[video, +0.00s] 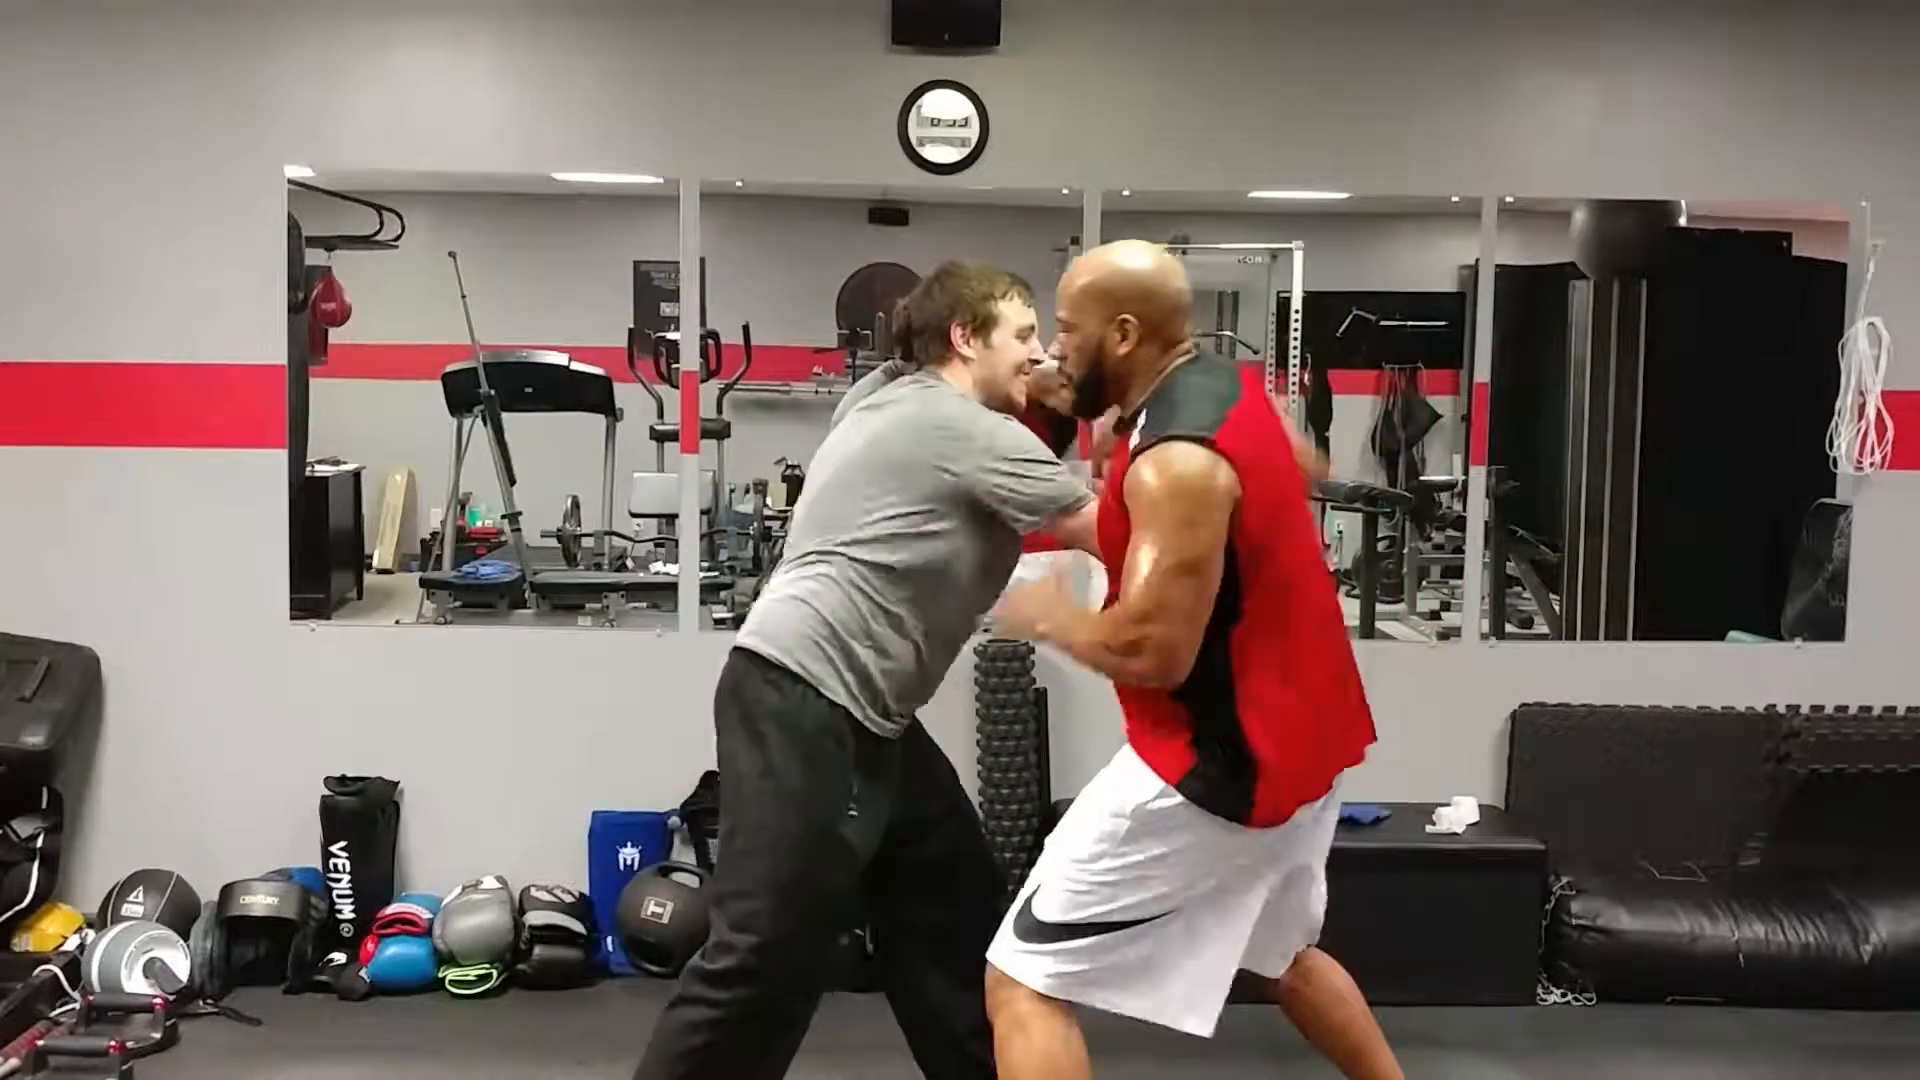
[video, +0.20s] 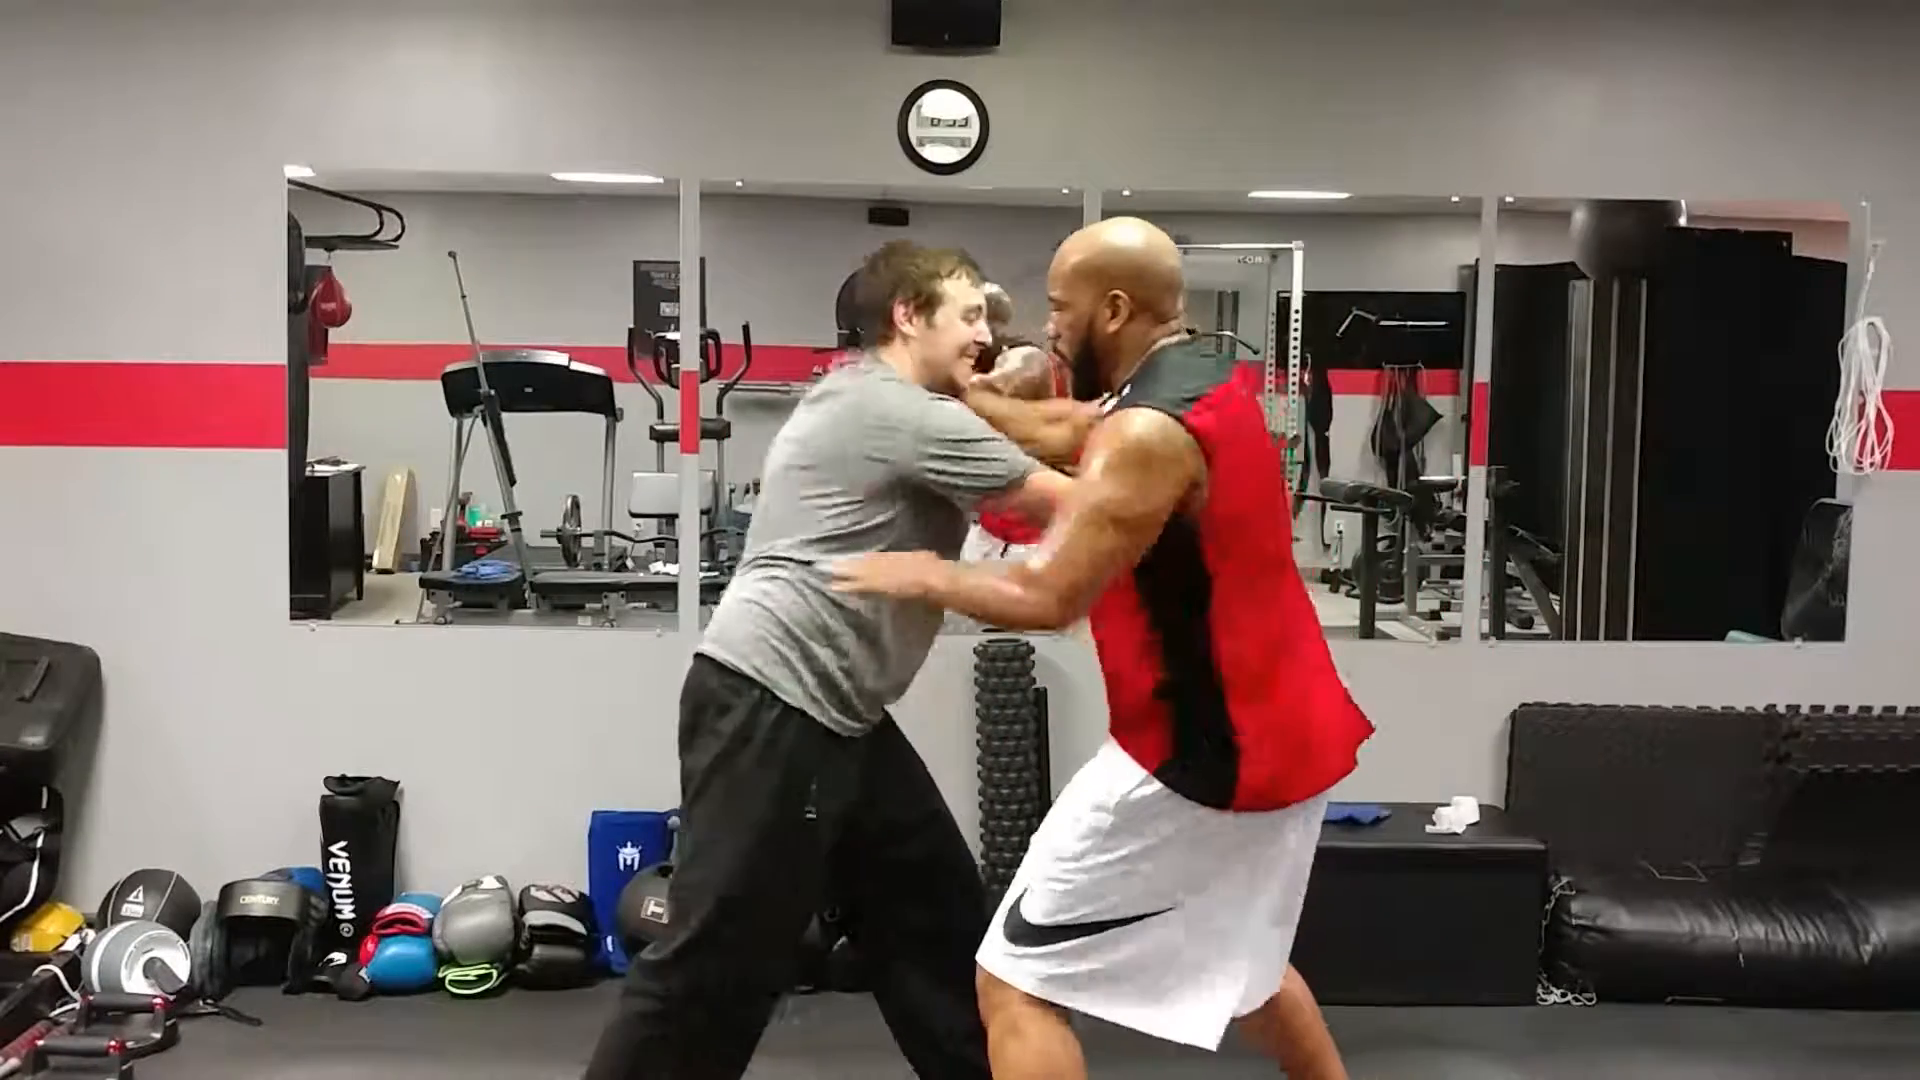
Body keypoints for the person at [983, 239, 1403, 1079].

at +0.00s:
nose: (1053, 346)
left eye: (1066, 328)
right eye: (1055, 327)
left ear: (1126, 333)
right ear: (1149, 328)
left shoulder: (1176, 458)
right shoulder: (1229, 383)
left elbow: (1154, 650)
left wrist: (1049, 618)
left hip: (1210, 762)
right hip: (1301, 740)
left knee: (1022, 977)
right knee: (1280, 950)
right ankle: (1385, 1075)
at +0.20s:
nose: (1050, 327)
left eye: (1060, 308)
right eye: (1051, 308)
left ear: (1118, 310)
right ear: (1141, 308)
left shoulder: (1147, 426)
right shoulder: (1213, 379)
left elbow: (1048, 595)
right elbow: (1071, 428)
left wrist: (926, 577)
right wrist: (956, 401)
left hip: (1191, 757)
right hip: (1286, 736)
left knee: (1013, 980)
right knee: (1244, 957)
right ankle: (1325, 1074)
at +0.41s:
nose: (1053, 313)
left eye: (1064, 296)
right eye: (1056, 294)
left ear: (1110, 303)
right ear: (1164, 304)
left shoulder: (1069, 379)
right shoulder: (1257, 379)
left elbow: (894, 398)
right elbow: (1318, 523)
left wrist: (798, 336)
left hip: (1156, 754)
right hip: (1295, 739)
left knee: (997, 971)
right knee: (1254, 917)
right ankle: (1362, 1071)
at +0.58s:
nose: (1101, 322)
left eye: (1112, 303)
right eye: (1101, 303)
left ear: (1165, 298)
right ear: (1208, 302)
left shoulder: (1136, 382)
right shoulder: (1324, 390)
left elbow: (959, 420)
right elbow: (1433, 494)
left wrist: (881, 363)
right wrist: (1308, 508)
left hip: (1177, 748)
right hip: (1315, 731)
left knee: (1044, 980)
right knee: (1317, 935)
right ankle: (1409, 1073)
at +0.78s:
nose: (1172, 298)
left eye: (1182, 277)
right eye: (1171, 278)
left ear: (1241, 271)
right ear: (1269, 273)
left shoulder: (1230, 369)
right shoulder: (1372, 354)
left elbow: (1097, 445)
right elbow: (1449, 486)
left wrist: (952, 388)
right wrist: (1319, 506)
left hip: (1276, 684)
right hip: (1402, 673)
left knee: (1112, 891)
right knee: (1350, 899)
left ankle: (1139, 1073)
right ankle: (1421, 1074)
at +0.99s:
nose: (1207, 280)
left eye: (1221, 261)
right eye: (1207, 262)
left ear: (1283, 259)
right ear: (1301, 263)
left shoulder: (1277, 363)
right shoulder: (1392, 352)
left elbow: (1148, 461)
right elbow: (1441, 496)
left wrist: (978, 445)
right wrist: (1299, 477)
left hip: (1301, 683)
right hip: (1413, 671)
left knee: (1184, 908)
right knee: (1362, 895)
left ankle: (1245, 1076)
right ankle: (1422, 1071)